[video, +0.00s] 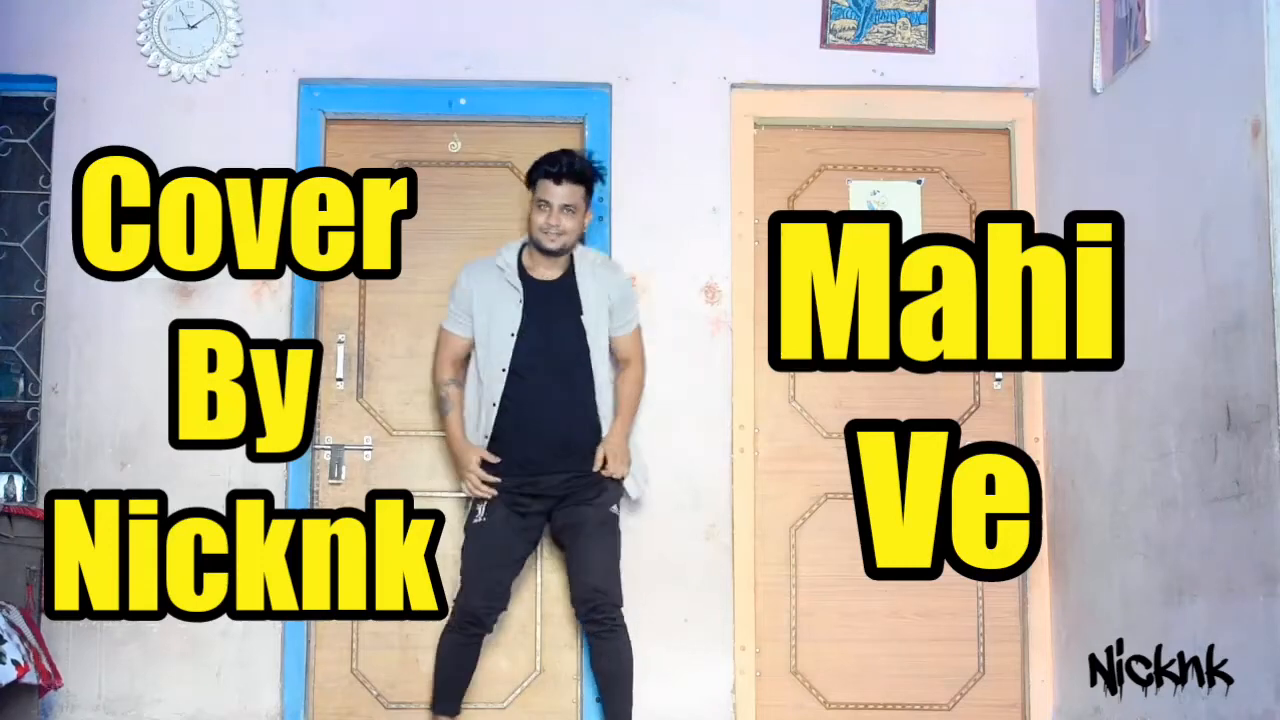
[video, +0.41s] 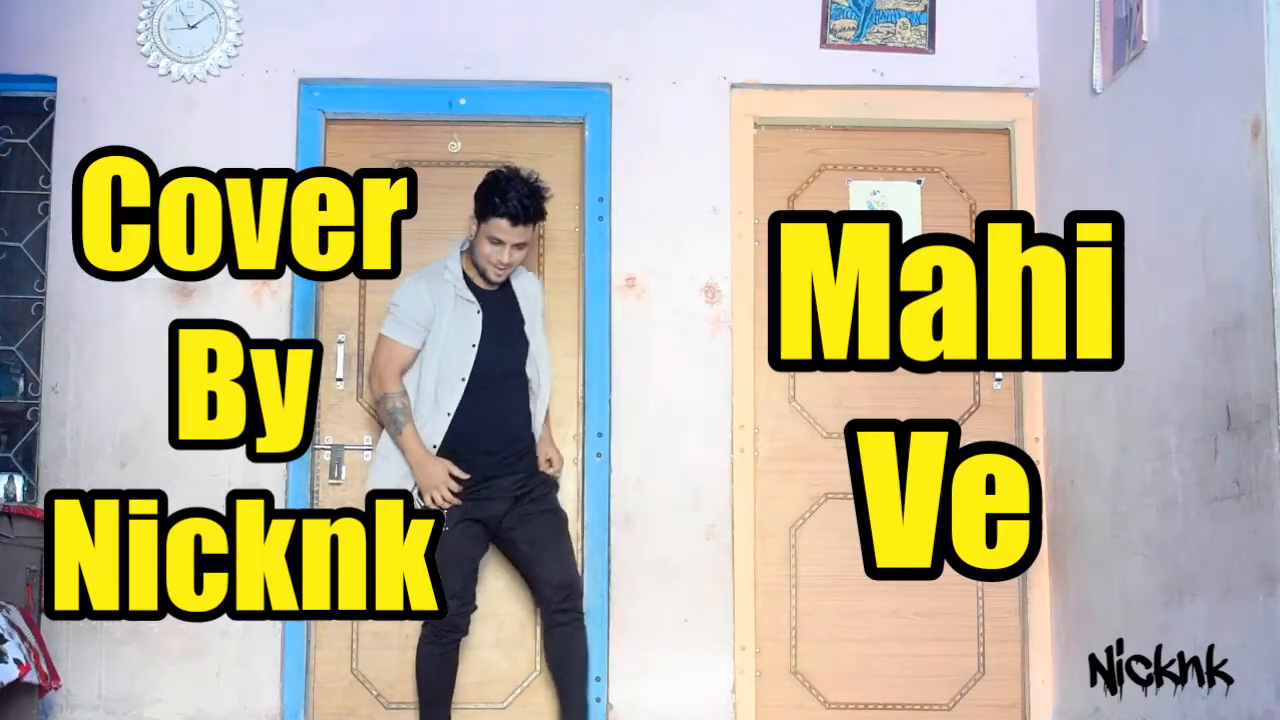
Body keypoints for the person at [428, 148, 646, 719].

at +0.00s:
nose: (553, 220)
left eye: (569, 209)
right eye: (544, 206)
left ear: (587, 217)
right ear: (529, 208)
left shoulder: (608, 280)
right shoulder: (480, 280)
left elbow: (631, 362)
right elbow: (449, 368)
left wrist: (620, 434)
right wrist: (460, 445)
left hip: (587, 484)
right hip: (507, 485)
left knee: (602, 613)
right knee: (473, 613)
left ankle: (621, 719)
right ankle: (442, 715)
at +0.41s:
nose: (505, 259)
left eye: (518, 247)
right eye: (494, 243)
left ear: (534, 241)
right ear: (473, 228)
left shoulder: (529, 289)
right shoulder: (424, 293)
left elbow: (536, 372)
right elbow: (383, 380)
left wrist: (544, 434)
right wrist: (419, 458)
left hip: (525, 486)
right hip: (452, 491)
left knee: (564, 601)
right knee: (447, 621)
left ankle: (577, 716)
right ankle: (435, 719)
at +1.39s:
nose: (552, 211)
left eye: (563, 198)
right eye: (538, 199)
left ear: (579, 204)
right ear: (520, 205)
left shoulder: (598, 289)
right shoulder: (473, 265)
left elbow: (630, 381)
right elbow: (435, 354)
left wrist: (603, 445)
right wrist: (442, 433)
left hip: (559, 488)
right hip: (478, 484)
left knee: (570, 615)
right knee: (458, 613)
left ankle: (582, 718)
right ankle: (439, 716)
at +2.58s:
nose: (457, 205)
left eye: (472, 196)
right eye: (448, 192)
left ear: (491, 205)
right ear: (433, 198)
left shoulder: (522, 263)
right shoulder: (400, 288)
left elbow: (559, 343)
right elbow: (382, 387)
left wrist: (560, 419)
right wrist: (400, 458)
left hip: (524, 471)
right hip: (442, 481)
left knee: (551, 607)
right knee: (424, 618)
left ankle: (578, 717)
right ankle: (411, 719)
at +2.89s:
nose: (433, 203)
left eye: (447, 194)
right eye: (423, 192)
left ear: (467, 206)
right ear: (410, 202)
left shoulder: (488, 271)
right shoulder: (377, 275)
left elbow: (516, 353)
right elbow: (335, 362)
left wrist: (520, 423)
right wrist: (367, 448)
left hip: (486, 474)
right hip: (409, 478)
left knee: (517, 595)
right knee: (405, 613)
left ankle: (501, 714)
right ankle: (404, 718)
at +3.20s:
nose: (427, 201)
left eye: (439, 191)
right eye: (416, 190)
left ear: (458, 201)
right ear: (398, 199)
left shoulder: (485, 271)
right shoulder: (372, 274)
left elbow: (559, 320)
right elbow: (360, 349)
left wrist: (601, 380)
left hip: (473, 472)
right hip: (395, 476)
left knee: (476, 611)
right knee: (393, 613)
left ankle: (473, 718)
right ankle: (387, 717)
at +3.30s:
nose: (424, 206)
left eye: (436, 195)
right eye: (414, 194)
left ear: (453, 204)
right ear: (394, 201)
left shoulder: (481, 267)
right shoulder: (369, 276)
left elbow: (549, 333)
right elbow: (380, 363)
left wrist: (559, 305)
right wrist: (456, 331)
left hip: (466, 474)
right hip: (388, 478)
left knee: (488, 594)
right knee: (383, 611)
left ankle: (470, 711)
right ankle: (384, 717)